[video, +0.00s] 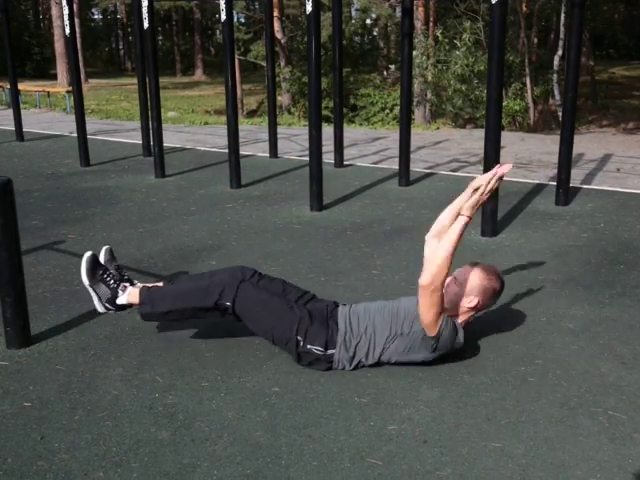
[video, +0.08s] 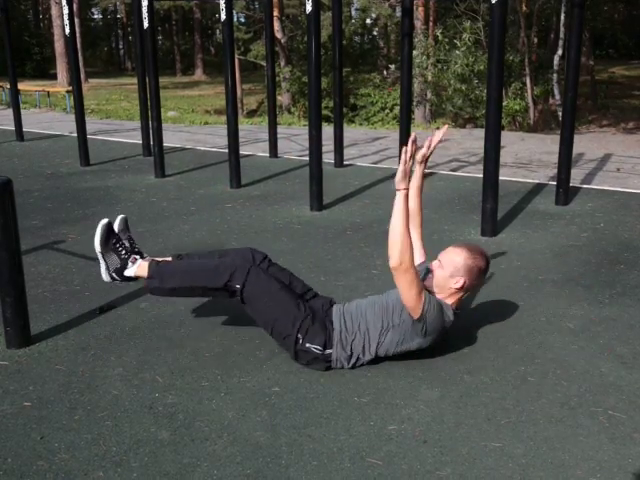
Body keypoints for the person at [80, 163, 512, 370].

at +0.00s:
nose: (454, 276)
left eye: (463, 278)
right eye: (463, 274)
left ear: (470, 300)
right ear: (469, 297)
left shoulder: (438, 333)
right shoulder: (442, 314)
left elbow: (433, 263)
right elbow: (435, 246)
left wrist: (469, 205)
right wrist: (470, 195)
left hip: (321, 336)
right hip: (325, 317)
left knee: (233, 283)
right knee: (238, 277)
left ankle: (123, 297)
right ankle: (140, 288)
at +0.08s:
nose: (433, 261)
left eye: (443, 262)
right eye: (440, 257)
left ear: (458, 285)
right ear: (452, 278)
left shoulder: (429, 317)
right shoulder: (435, 299)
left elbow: (400, 261)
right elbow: (410, 243)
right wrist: (417, 177)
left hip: (320, 339)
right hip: (327, 316)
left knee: (243, 267)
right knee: (248, 260)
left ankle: (135, 269)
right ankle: (144, 262)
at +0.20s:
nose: (398, 236)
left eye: (407, 235)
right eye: (404, 231)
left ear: (427, 255)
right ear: (426, 252)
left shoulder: (410, 288)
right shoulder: (418, 275)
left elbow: (360, 235)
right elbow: (377, 209)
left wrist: (339, 167)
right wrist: (357, 150)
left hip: (317, 340)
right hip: (324, 321)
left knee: (269, 247)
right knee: (274, 240)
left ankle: (159, 224)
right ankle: (177, 221)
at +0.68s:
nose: (393, 235)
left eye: (399, 233)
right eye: (394, 228)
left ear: (422, 244)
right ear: (423, 244)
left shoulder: (414, 286)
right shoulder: (418, 273)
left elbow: (375, 242)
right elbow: (385, 221)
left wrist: (358, 168)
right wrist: (360, 165)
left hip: (320, 340)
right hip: (328, 321)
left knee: (271, 248)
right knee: (276, 241)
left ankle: (157, 218)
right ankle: (174, 203)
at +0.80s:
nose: (437, 251)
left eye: (445, 249)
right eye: (440, 246)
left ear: (452, 269)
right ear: (447, 263)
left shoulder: (438, 315)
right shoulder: (432, 288)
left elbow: (434, 271)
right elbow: (422, 227)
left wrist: (454, 205)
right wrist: (437, 180)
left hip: (324, 337)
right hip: (330, 314)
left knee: (240, 268)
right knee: (246, 258)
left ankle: (123, 262)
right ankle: (139, 247)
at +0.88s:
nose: (443, 274)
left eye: (454, 277)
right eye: (451, 269)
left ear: (458, 295)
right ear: (449, 276)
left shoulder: (439, 325)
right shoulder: (428, 301)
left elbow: (468, 299)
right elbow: (448, 243)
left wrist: (504, 248)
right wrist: (492, 204)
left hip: (322, 333)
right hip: (323, 312)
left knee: (232, 280)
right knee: (239, 273)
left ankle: (116, 287)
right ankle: (129, 275)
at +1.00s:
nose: (462, 281)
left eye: (472, 283)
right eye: (468, 279)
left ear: (479, 309)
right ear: (466, 292)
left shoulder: (449, 341)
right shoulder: (442, 311)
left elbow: (508, 334)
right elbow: (487, 267)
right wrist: (545, 260)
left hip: (326, 333)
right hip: (327, 312)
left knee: (230, 297)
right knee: (231, 287)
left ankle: (119, 315)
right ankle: (128, 307)